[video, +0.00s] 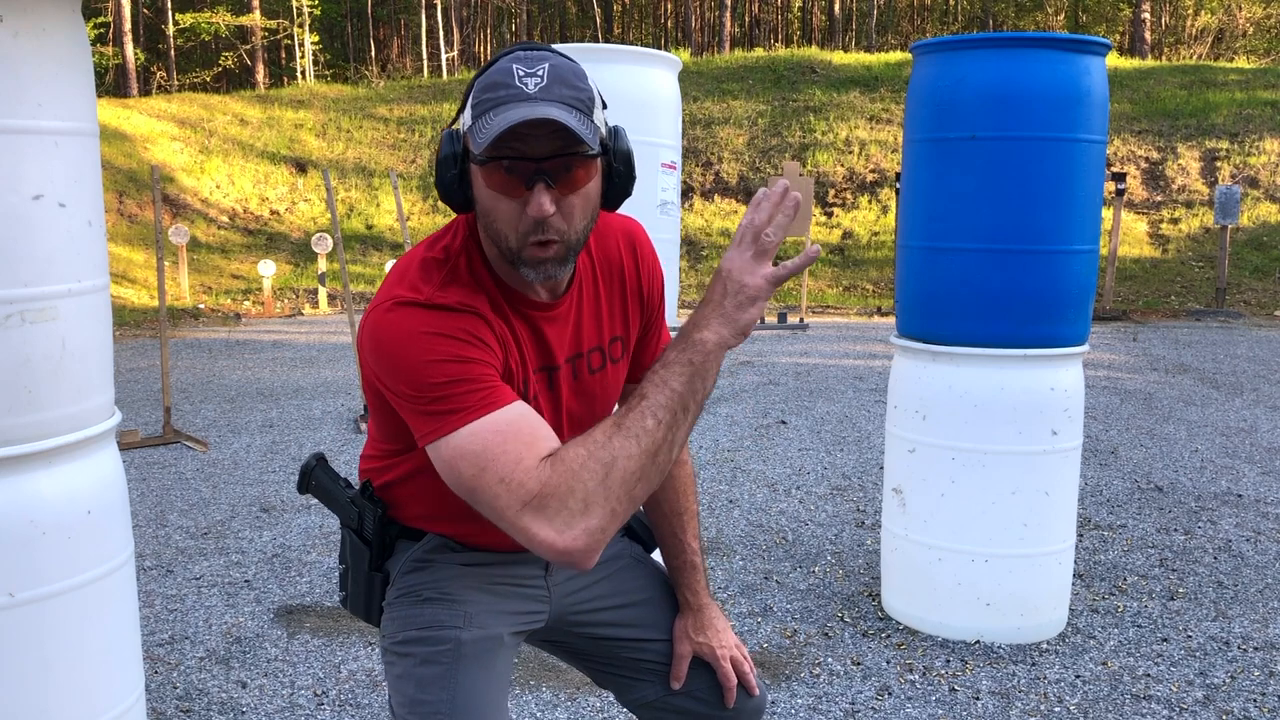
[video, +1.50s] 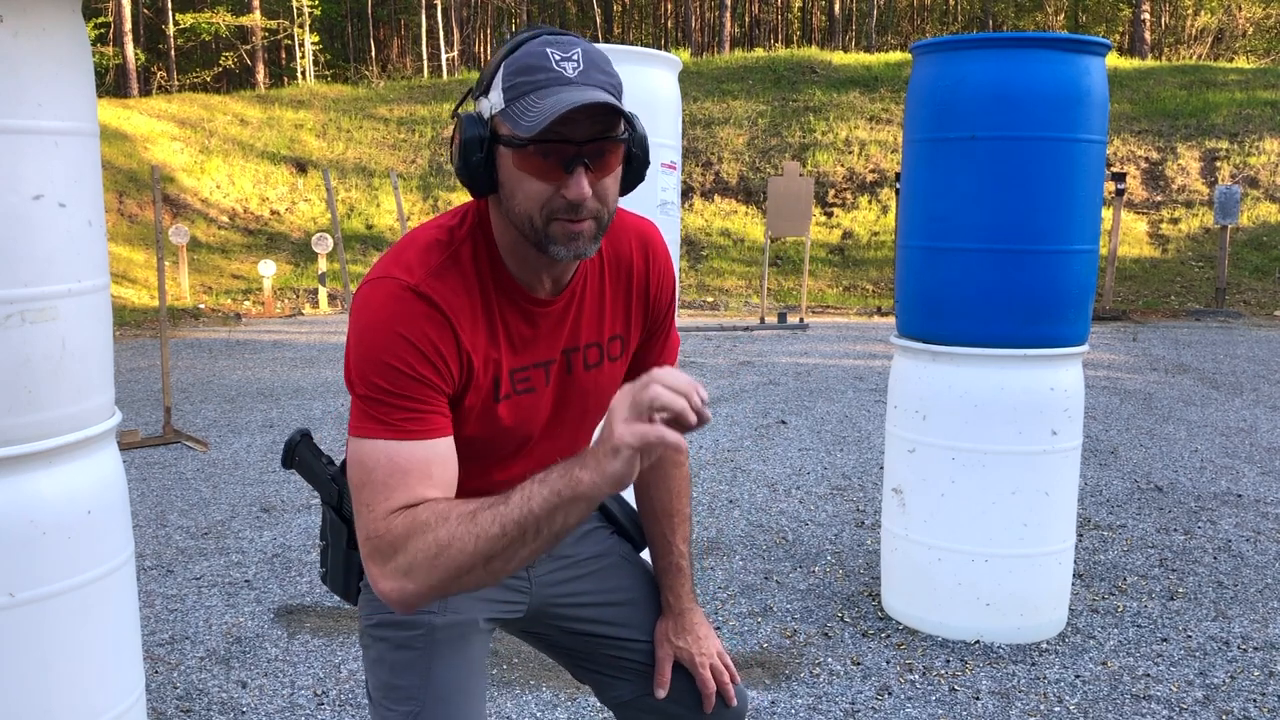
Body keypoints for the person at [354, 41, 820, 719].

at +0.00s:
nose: (542, 207)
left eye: (567, 170)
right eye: (511, 170)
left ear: (605, 172)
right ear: (465, 172)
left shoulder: (624, 250)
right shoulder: (415, 317)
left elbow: (657, 436)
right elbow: (562, 523)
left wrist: (694, 594)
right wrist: (711, 329)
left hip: (592, 557)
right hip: (449, 565)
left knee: (729, 703)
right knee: (458, 705)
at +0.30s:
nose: (547, 213)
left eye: (573, 178)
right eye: (520, 180)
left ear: (610, 178)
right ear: (472, 175)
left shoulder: (627, 256)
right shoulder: (413, 319)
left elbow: (656, 435)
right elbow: (550, 535)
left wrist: (691, 598)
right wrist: (707, 350)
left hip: (586, 553)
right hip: (443, 559)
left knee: (725, 702)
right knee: (456, 705)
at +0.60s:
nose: (559, 199)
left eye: (584, 164)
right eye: (530, 164)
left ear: (619, 163)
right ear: (480, 160)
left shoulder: (629, 252)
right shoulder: (415, 312)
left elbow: (654, 426)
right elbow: (466, 573)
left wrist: (690, 593)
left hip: (556, 522)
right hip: (432, 543)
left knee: (718, 701)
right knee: (455, 706)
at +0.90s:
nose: (591, 169)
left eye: (609, 138)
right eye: (559, 140)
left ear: (636, 146)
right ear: (495, 152)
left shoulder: (642, 255)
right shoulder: (419, 301)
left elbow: (659, 429)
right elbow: (353, 553)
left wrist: (686, 602)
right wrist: (572, 627)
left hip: (570, 532)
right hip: (439, 552)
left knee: (712, 698)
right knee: (449, 705)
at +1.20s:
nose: (577, 176)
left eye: (595, 143)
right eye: (544, 145)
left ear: (620, 147)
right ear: (482, 150)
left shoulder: (637, 252)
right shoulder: (403, 291)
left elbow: (658, 430)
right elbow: (414, 553)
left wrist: (682, 606)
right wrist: (606, 423)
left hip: (569, 534)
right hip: (432, 564)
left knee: (709, 702)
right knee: (435, 707)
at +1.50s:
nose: (579, 189)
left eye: (598, 156)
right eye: (547, 157)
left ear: (624, 158)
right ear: (487, 155)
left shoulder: (639, 256)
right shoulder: (405, 298)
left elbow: (657, 431)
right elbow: (402, 566)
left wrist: (679, 600)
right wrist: (597, 470)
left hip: (572, 541)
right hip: (430, 566)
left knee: (707, 702)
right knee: (436, 707)